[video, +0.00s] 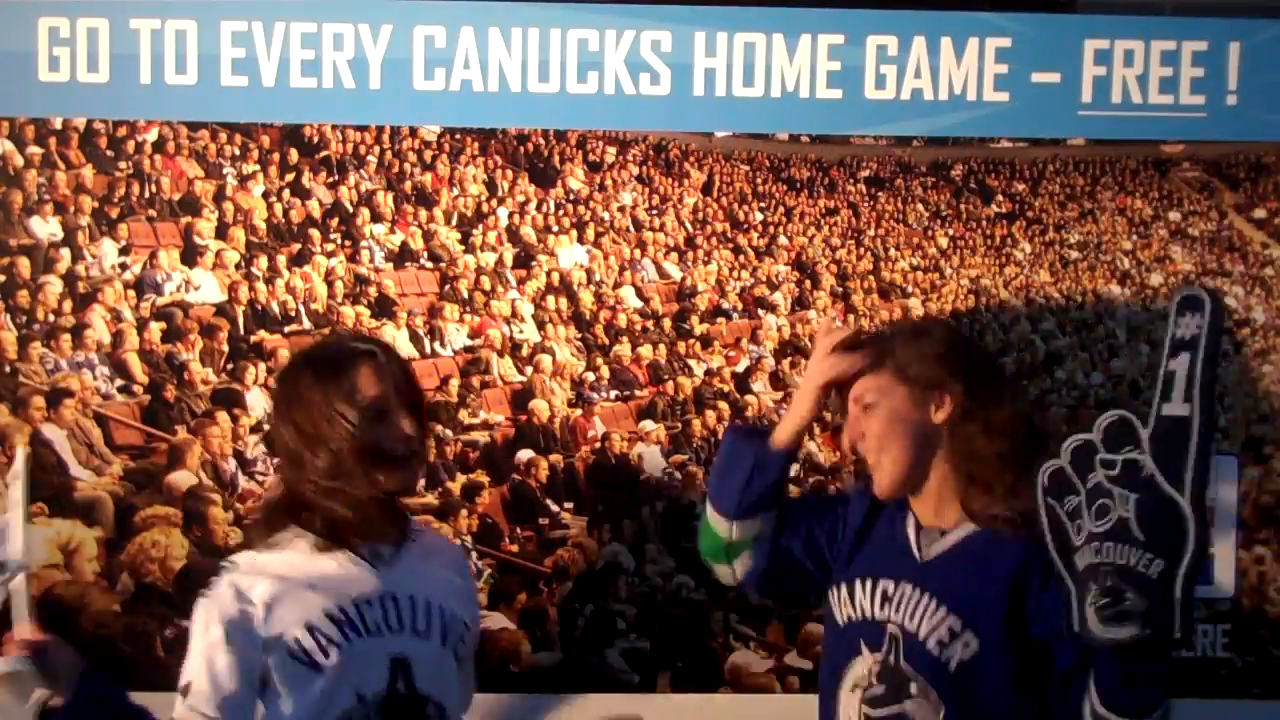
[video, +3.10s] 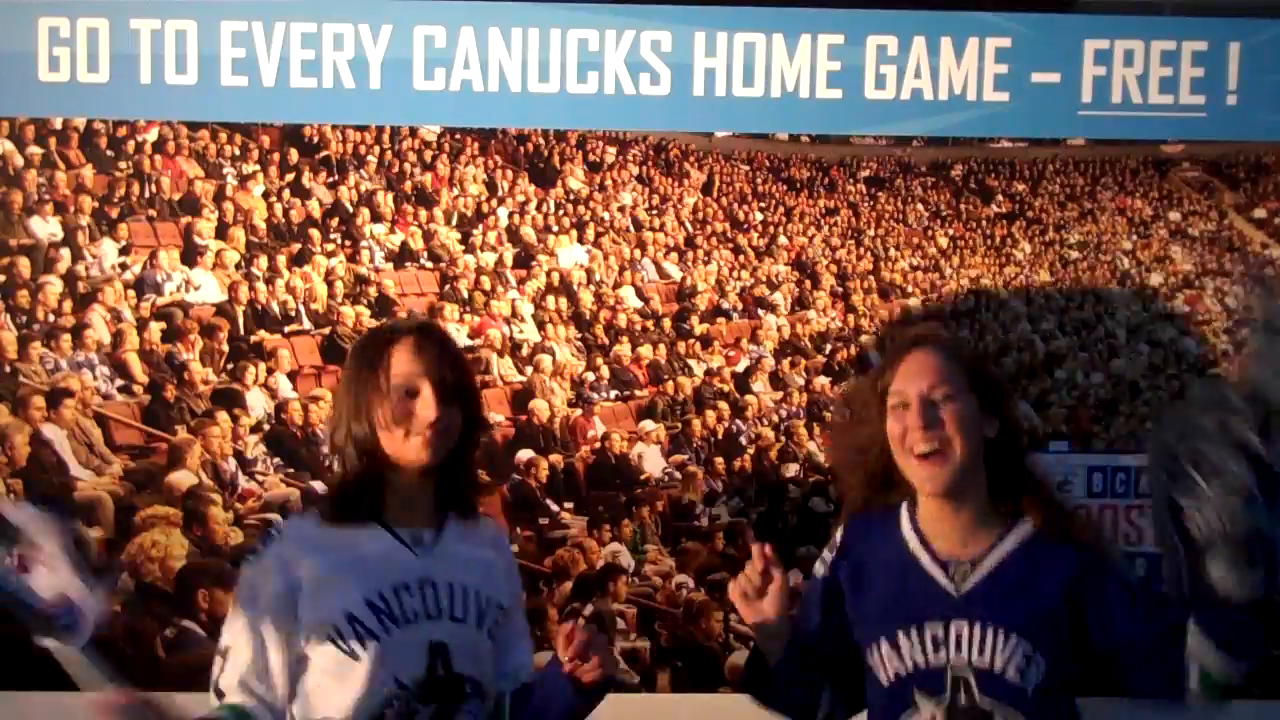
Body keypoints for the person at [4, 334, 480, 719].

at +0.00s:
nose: (408, 431)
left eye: (412, 409)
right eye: (376, 416)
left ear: (425, 416)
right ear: (319, 434)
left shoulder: (452, 567)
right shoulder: (247, 595)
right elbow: (202, 713)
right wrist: (82, 687)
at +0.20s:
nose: (452, 408)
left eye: (451, 391)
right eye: (424, 396)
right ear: (364, 414)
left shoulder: (475, 546)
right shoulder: (280, 552)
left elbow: (488, 691)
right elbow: (248, 701)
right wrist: (274, 707)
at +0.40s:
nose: (447, 378)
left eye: (454, 358)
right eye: (419, 356)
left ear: (467, 375)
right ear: (363, 367)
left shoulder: (463, 515)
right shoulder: (289, 521)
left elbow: (488, 687)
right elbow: (286, 709)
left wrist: (593, 639)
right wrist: (422, 676)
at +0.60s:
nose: (434, 400)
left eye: (443, 380)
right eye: (404, 382)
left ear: (455, 395)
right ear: (351, 403)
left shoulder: (490, 529)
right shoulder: (304, 549)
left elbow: (511, 677)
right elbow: (264, 709)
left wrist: (595, 587)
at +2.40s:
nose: (427, 410)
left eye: (446, 392)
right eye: (402, 391)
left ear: (466, 412)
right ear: (362, 410)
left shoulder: (501, 537)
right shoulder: (293, 555)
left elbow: (531, 695)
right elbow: (252, 709)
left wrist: (620, 647)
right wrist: (160, 683)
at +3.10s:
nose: (433, 412)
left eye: (445, 391)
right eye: (407, 392)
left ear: (464, 407)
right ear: (361, 409)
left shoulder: (490, 546)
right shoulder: (294, 552)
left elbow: (509, 703)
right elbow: (246, 704)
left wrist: (567, 680)